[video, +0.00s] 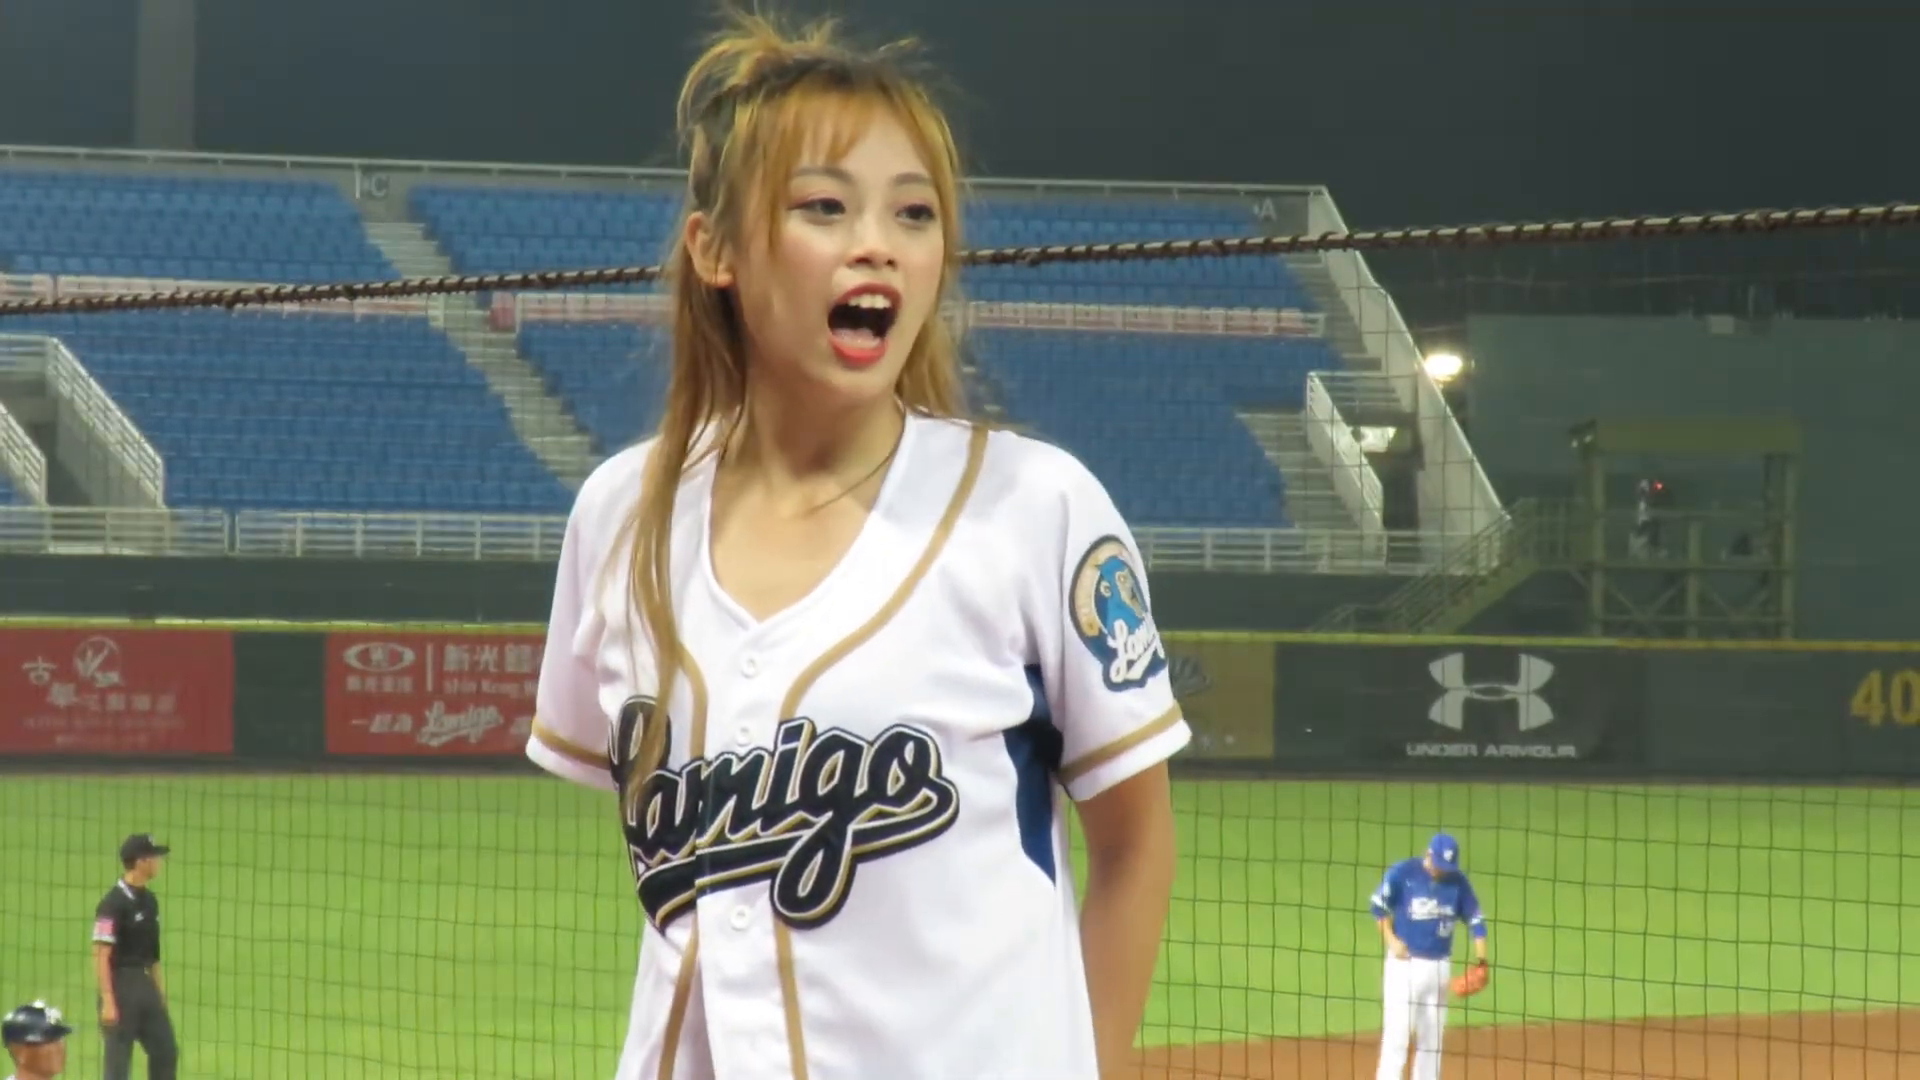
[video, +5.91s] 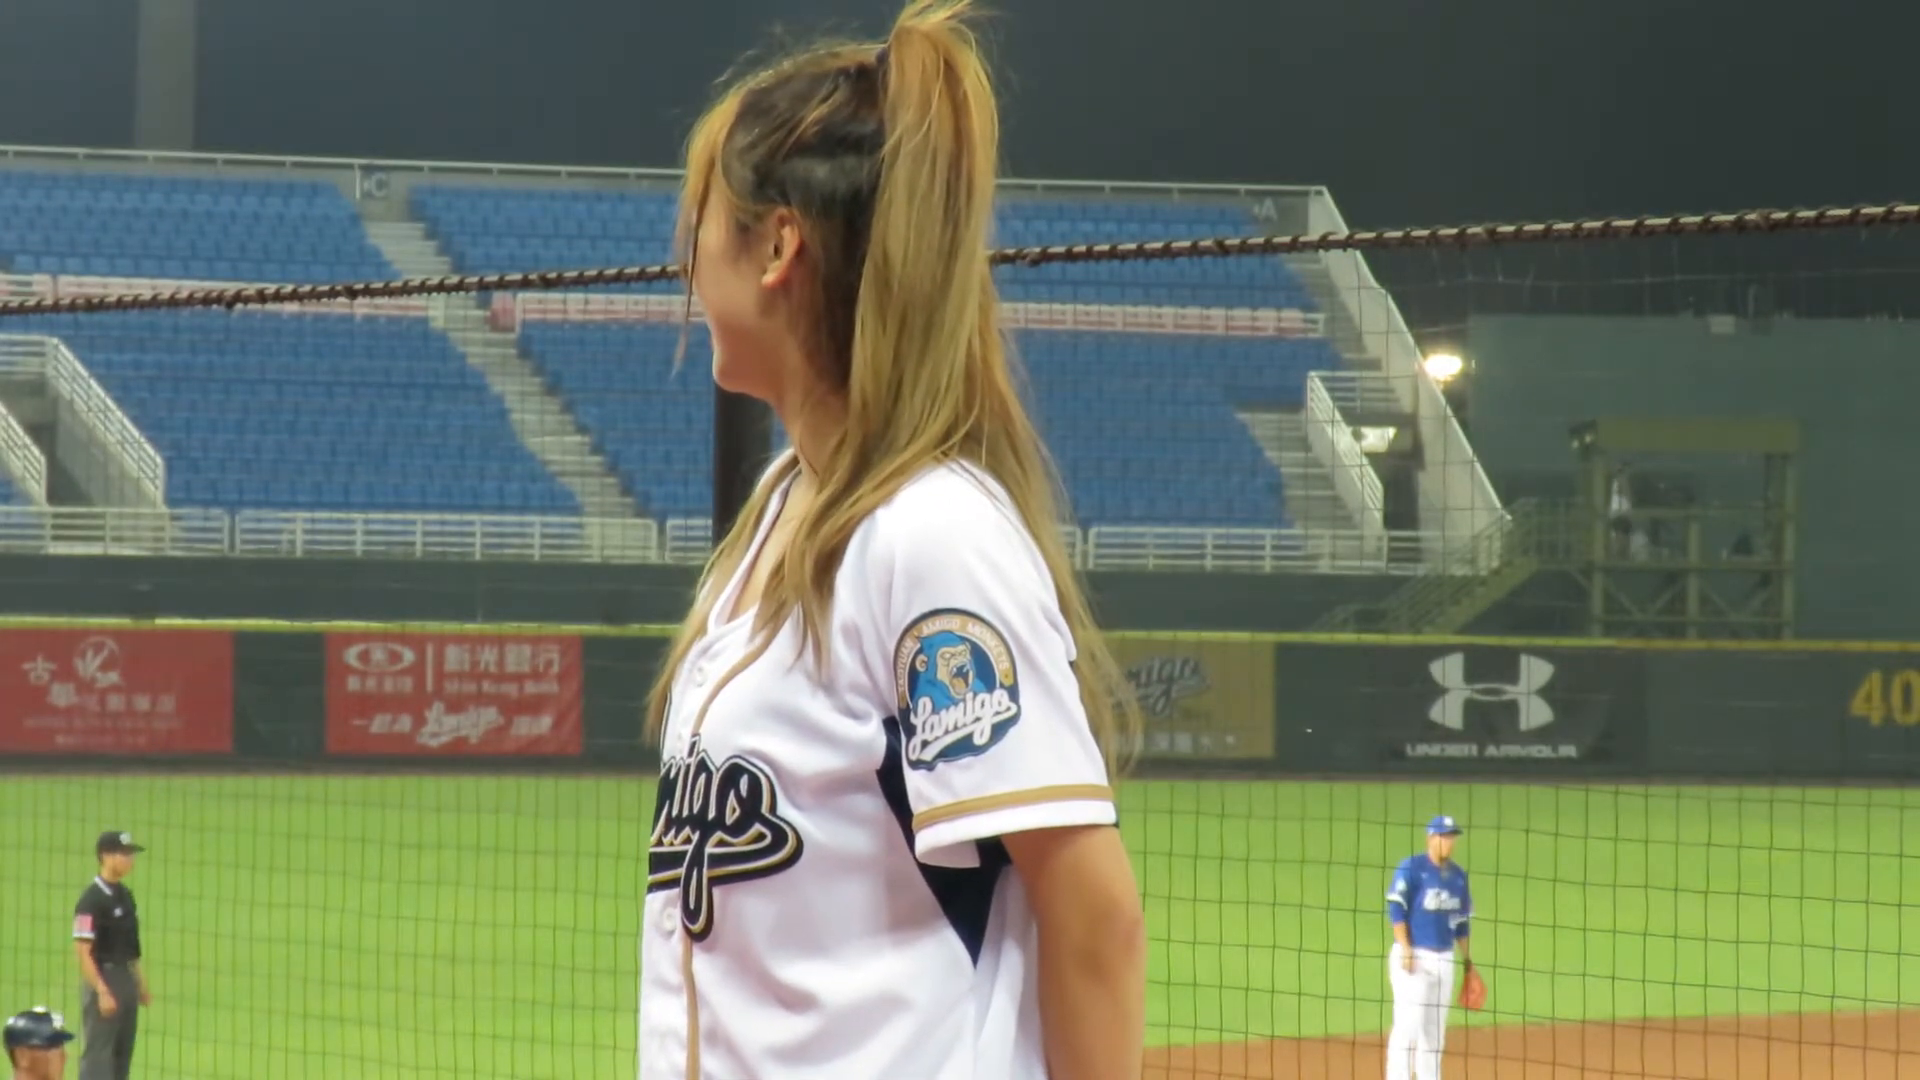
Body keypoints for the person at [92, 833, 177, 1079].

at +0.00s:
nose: (157, 863)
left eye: (156, 858)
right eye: (153, 858)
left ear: (142, 862)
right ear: (139, 862)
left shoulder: (149, 900)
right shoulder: (113, 902)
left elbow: (152, 956)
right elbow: (101, 955)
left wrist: (159, 993)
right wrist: (108, 1002)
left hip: (143, 974)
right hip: (119, 974)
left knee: (165, 1050)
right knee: (118, 1058)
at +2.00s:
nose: (135, 864)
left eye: (138, 858)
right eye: (129, 857)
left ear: (140, 861)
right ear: (114, 858)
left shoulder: (140, 901)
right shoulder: (94, 902)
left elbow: (143, 948)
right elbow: (79, 951)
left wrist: (153, 989)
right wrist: (88, 995)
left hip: (127, 977)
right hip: (100, 976)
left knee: (141, 1055)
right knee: (90, 1059)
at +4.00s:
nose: (116, 866)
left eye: (118, 860)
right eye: (109, 860)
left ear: (121, 862)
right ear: (94, 861)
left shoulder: (119, 901)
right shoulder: (78, 903)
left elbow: (122, 952)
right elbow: (65, 954)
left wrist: (129, 990)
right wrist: (71, 999)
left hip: (113, 973)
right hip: (87, 973)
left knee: (125, 1054)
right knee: (84, 1053)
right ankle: (81, 1074)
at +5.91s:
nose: (129, 861)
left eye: (130, 855)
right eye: (124, 855)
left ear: (125, 857)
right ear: (106, 856)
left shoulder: (125, 895)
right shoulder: (92, 898)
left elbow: (129, 946)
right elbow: (83, 951)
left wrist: (140, 982)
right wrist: (102, 990)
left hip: (125, 970)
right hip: (103, 970)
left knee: (123, 1046)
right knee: (100, 1049)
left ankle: (118, 1075)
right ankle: (97, 1075)